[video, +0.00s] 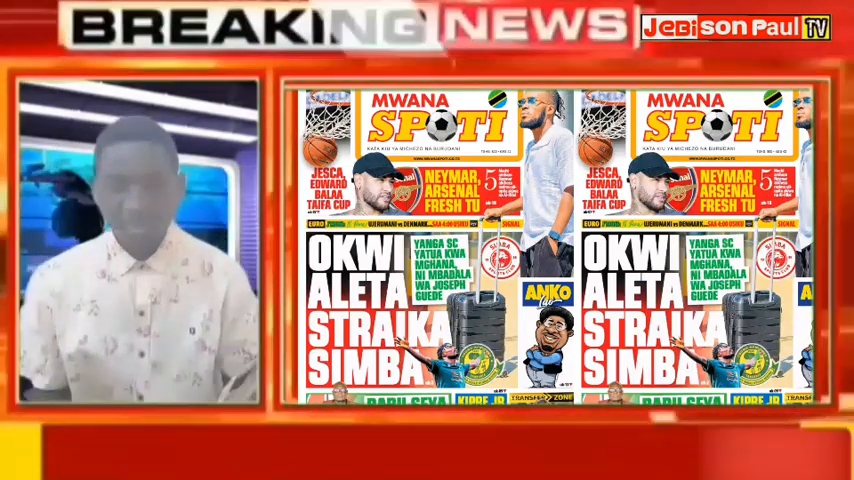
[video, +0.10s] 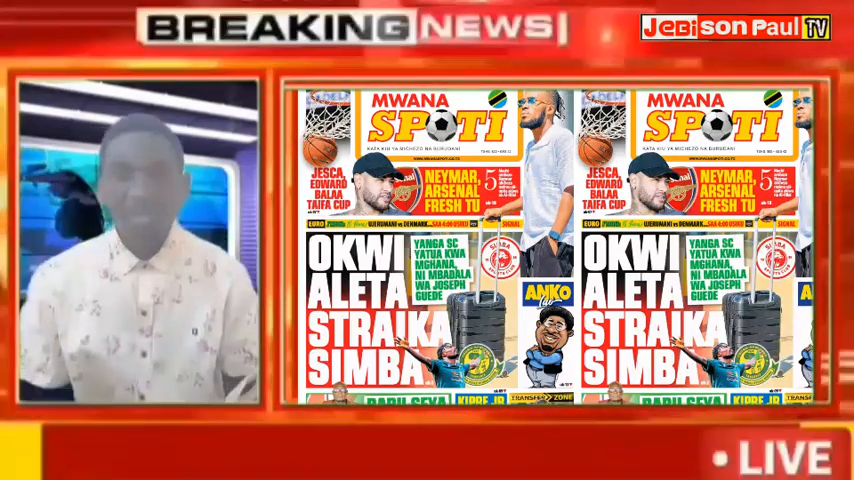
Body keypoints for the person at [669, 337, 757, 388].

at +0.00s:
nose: (729, 348)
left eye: (729, 347)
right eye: (724, 347)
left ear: (731, 351)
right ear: (718, 353)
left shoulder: (737, 366)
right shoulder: (714, 364)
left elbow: (749, 365)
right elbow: (698, 359)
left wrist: (754, 359)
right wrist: (684, 348)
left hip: (736, 401)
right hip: (720, 401)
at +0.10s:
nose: (728, 349)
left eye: (729, 347)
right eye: (724, 347)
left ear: (731, 351)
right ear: (718, 353)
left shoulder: (737, 366)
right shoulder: (714, 364)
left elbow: (750, 365)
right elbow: (698, 359)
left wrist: (754, 359)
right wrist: (684, 348)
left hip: (737, 401)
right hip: (720, 401)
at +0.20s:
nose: (728, 349)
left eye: (729, 347)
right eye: (724, 347)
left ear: (731, 351)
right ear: (718, 353)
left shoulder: (737, 366)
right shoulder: (714, 364)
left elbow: (749, 365)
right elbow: (698, 359)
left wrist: (754, 359)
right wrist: (684, 348)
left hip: (736, 400)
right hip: (720, 400)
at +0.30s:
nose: (728, 349)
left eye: (729, 347)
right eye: (724, 347)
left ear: (731, 351)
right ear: (718, 353)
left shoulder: (737, 366)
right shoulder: (714, 364)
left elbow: (749, 365)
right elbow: (698, 359)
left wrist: (754, 359)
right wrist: (684, 348)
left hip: (736, 401)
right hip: (720, 401)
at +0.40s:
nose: (728, 349)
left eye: (729, 347)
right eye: (724, 347)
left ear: (731, 351)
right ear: (718, 353)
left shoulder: (737, 366)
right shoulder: (714, 364)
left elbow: (749, 365)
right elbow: (698, 359)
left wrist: (754, 359)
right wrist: (684, 348)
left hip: (736, 400)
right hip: (720, 400)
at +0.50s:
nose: (728, 349)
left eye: (729, 347)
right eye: (724, 347)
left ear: (731, 351)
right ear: (718, 353)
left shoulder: (737, 366)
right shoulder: (714, 364)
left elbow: (749, 365)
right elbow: (698, 359)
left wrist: (754, 359)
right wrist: (684, 348)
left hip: (736, 401)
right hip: (720, 401)